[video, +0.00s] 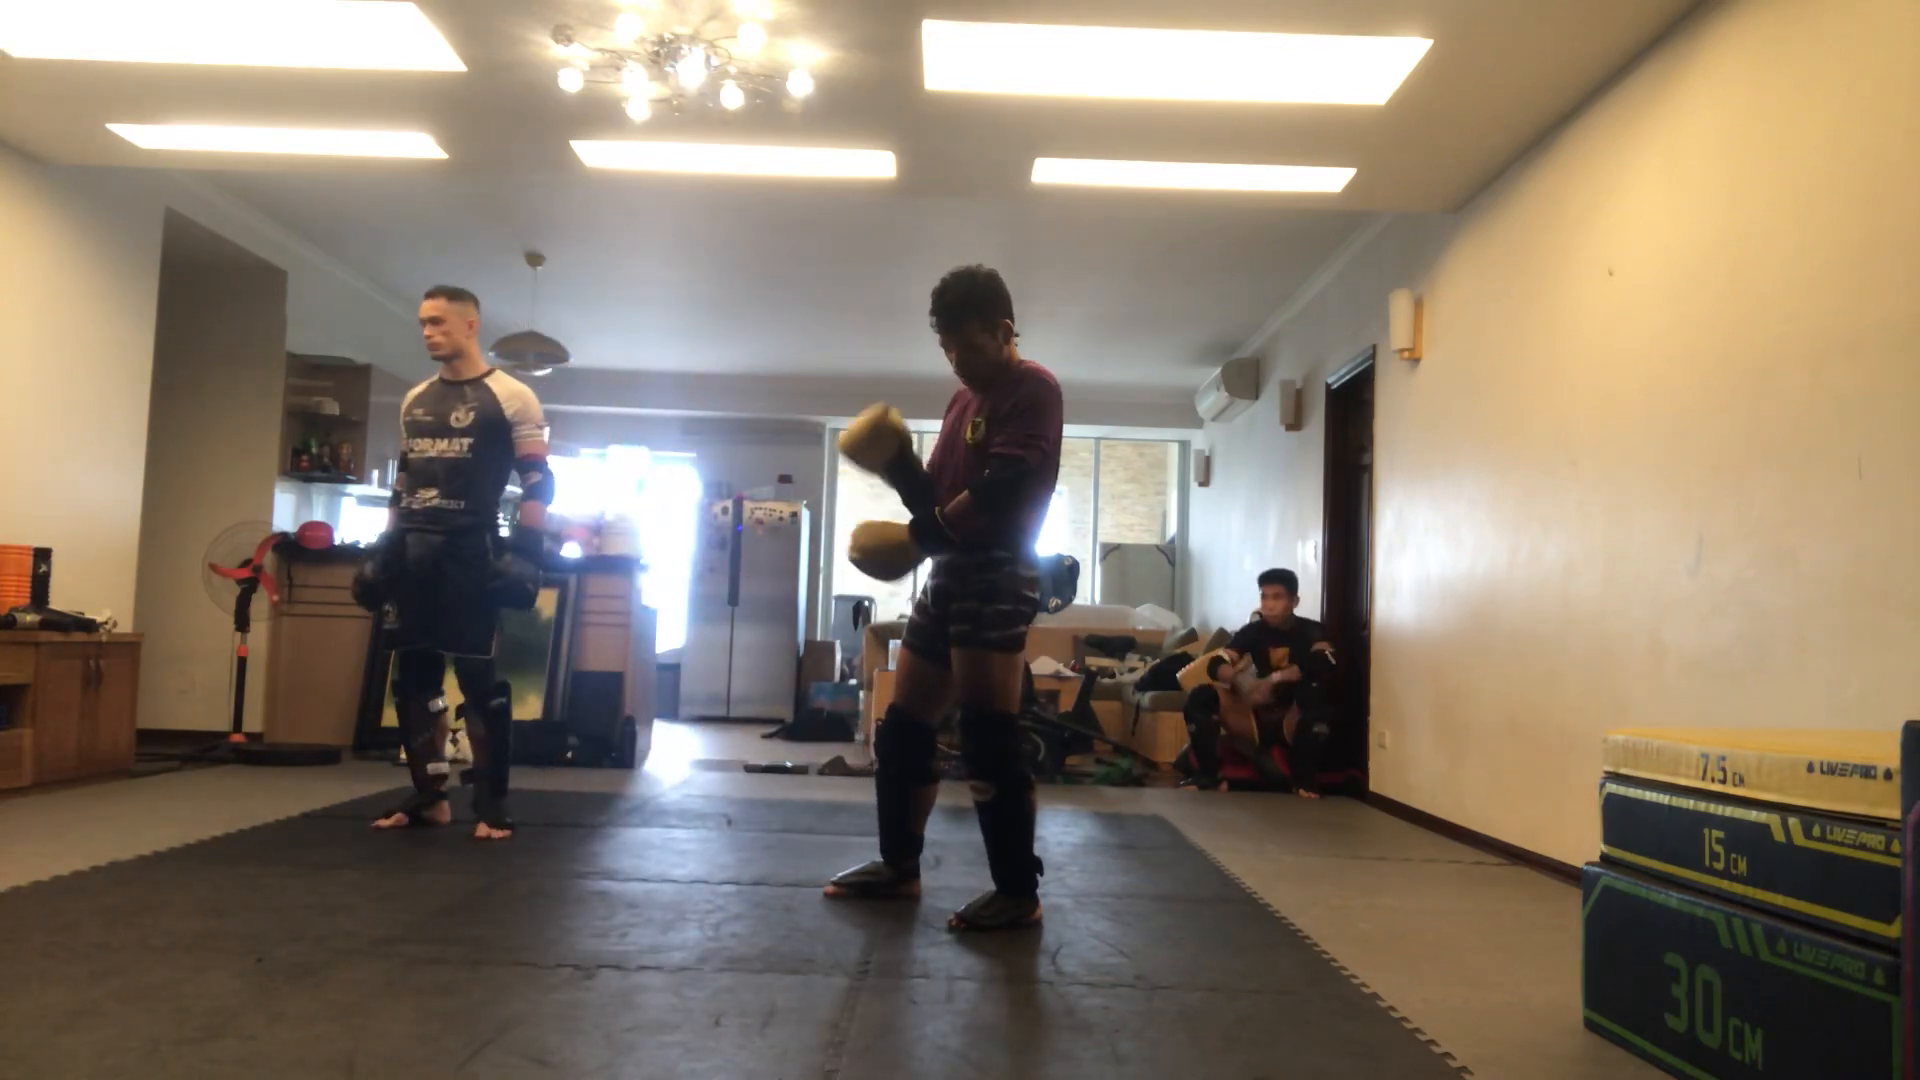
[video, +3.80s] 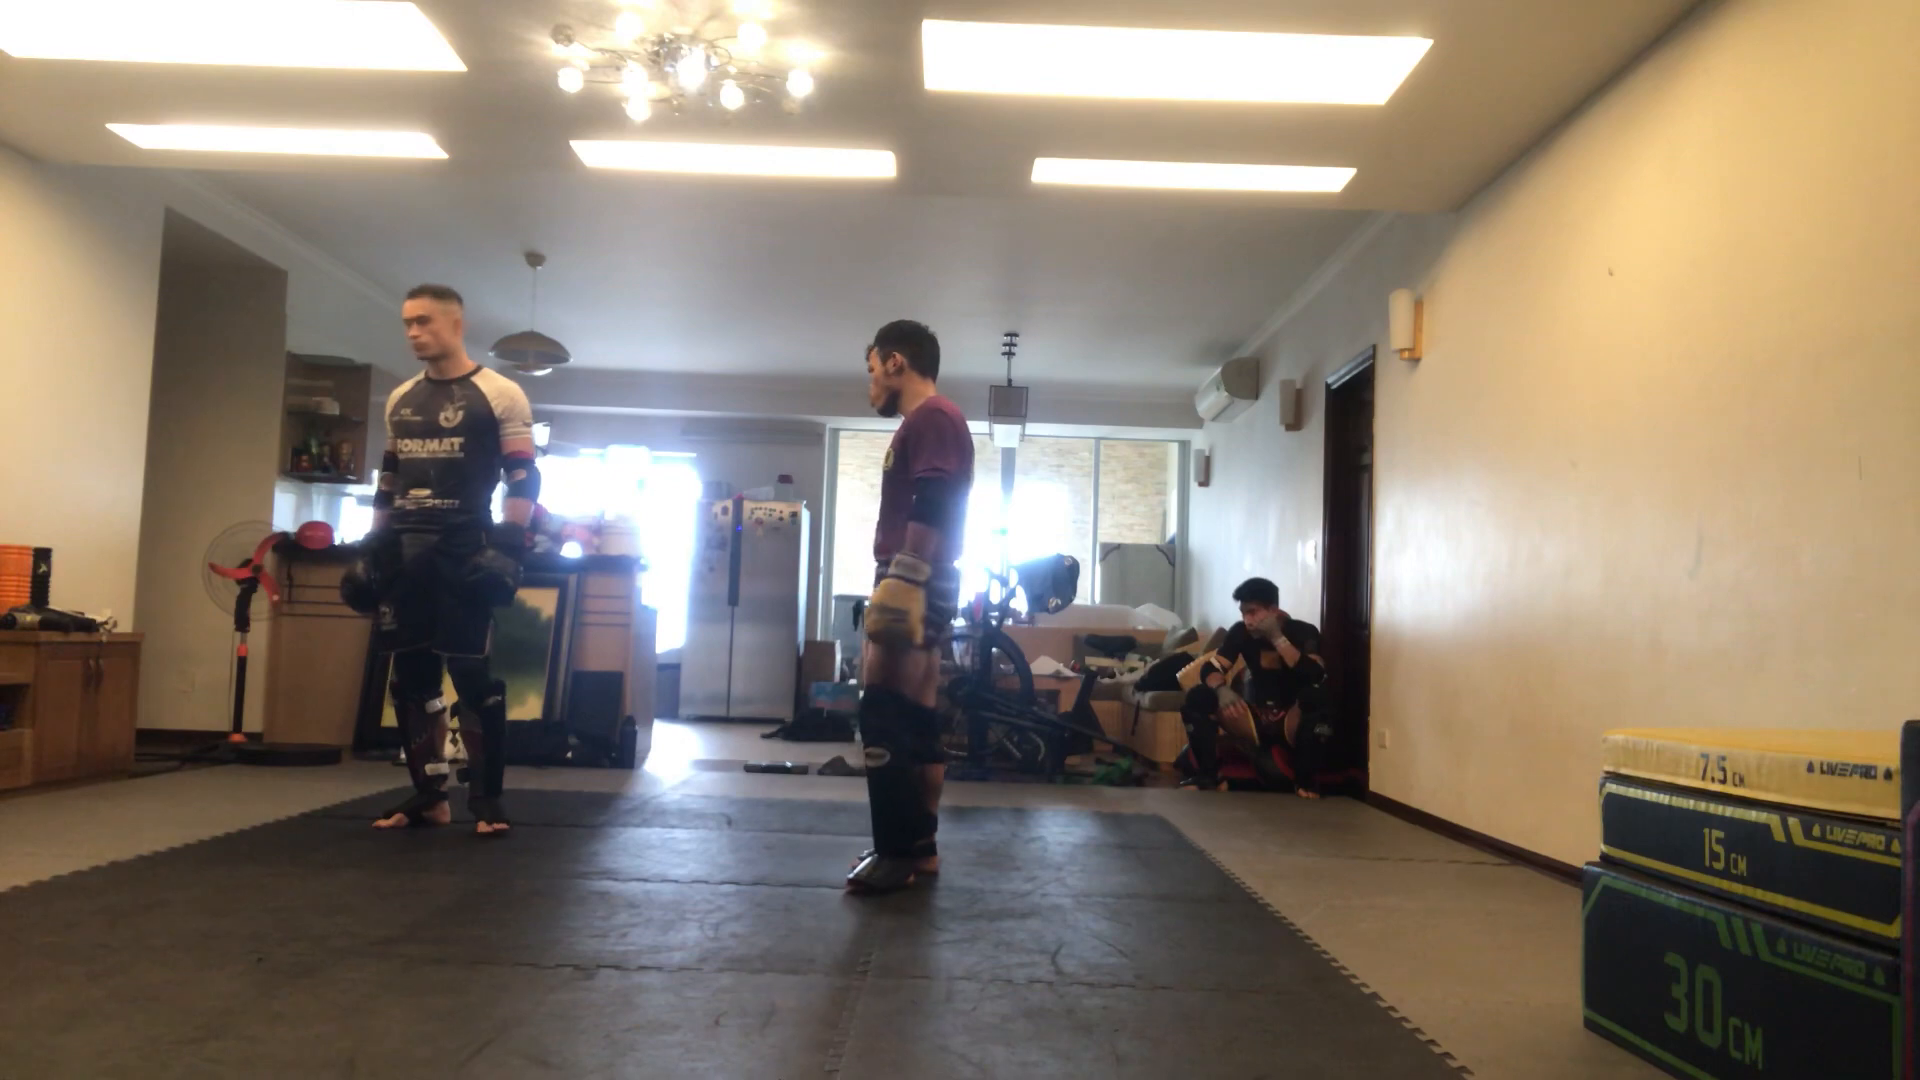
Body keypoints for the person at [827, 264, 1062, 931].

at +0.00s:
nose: (949, 359)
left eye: (958, 343)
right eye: (944, 345)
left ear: (1001, 331)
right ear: (946, 338)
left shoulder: (1034, 390)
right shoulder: (960, 401)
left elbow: (1004, 490)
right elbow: (938, 502)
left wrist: (922, 537)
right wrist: (896, 466)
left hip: (997, 575)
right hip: (945, 574)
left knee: (989, 734)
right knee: (906, 728)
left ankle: (1018, 893)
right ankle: (899, 868)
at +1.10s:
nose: (932, 332)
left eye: (941, 318)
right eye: (931, 320)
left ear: (980, 318)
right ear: (974, 322)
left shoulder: (1009, 379)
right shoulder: (973, 390)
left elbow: (1019, 483)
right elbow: (968, 501)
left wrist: (964, 561)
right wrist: (920, 555)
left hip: (1018, 573)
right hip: (981, 572)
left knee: (1015, 728)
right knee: (937, 720)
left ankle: (1019, 894)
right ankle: (954, 866)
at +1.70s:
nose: (904, 347)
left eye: (911, 333)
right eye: (905, 335)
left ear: (944, 333)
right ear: (956, 337)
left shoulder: (962, 383)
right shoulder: (980, 388)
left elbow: (966, 483)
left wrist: (912, 562)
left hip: (975, 569)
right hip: (990, 568)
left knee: (929, 717)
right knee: (963, 726)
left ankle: (930, 869)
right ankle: (956, 872)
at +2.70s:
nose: (850, 352)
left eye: (855, 338)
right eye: (851, 338)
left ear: (881, 341)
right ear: (904, 343)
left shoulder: (910, 414)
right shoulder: (927, 408)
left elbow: (885, 531)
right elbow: (901, 526)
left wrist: (841, 609)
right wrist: (854, 601)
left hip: (900, 591)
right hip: (913, 588)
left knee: (876, 726)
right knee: (872, 716)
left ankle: (877, 870)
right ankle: (924, 823)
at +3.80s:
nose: (868, 379)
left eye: (871, 367)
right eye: (868, 368)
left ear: (895, 362)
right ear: (913, 364)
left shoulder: (932, 419)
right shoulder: (933, 420)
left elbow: (928, 511)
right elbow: (926, 514)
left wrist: (900, 587)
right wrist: (899, 588)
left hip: (909, 590)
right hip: (926, 591)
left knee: (883, 720)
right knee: (919, 724)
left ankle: (897, 852)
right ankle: (918, 846)